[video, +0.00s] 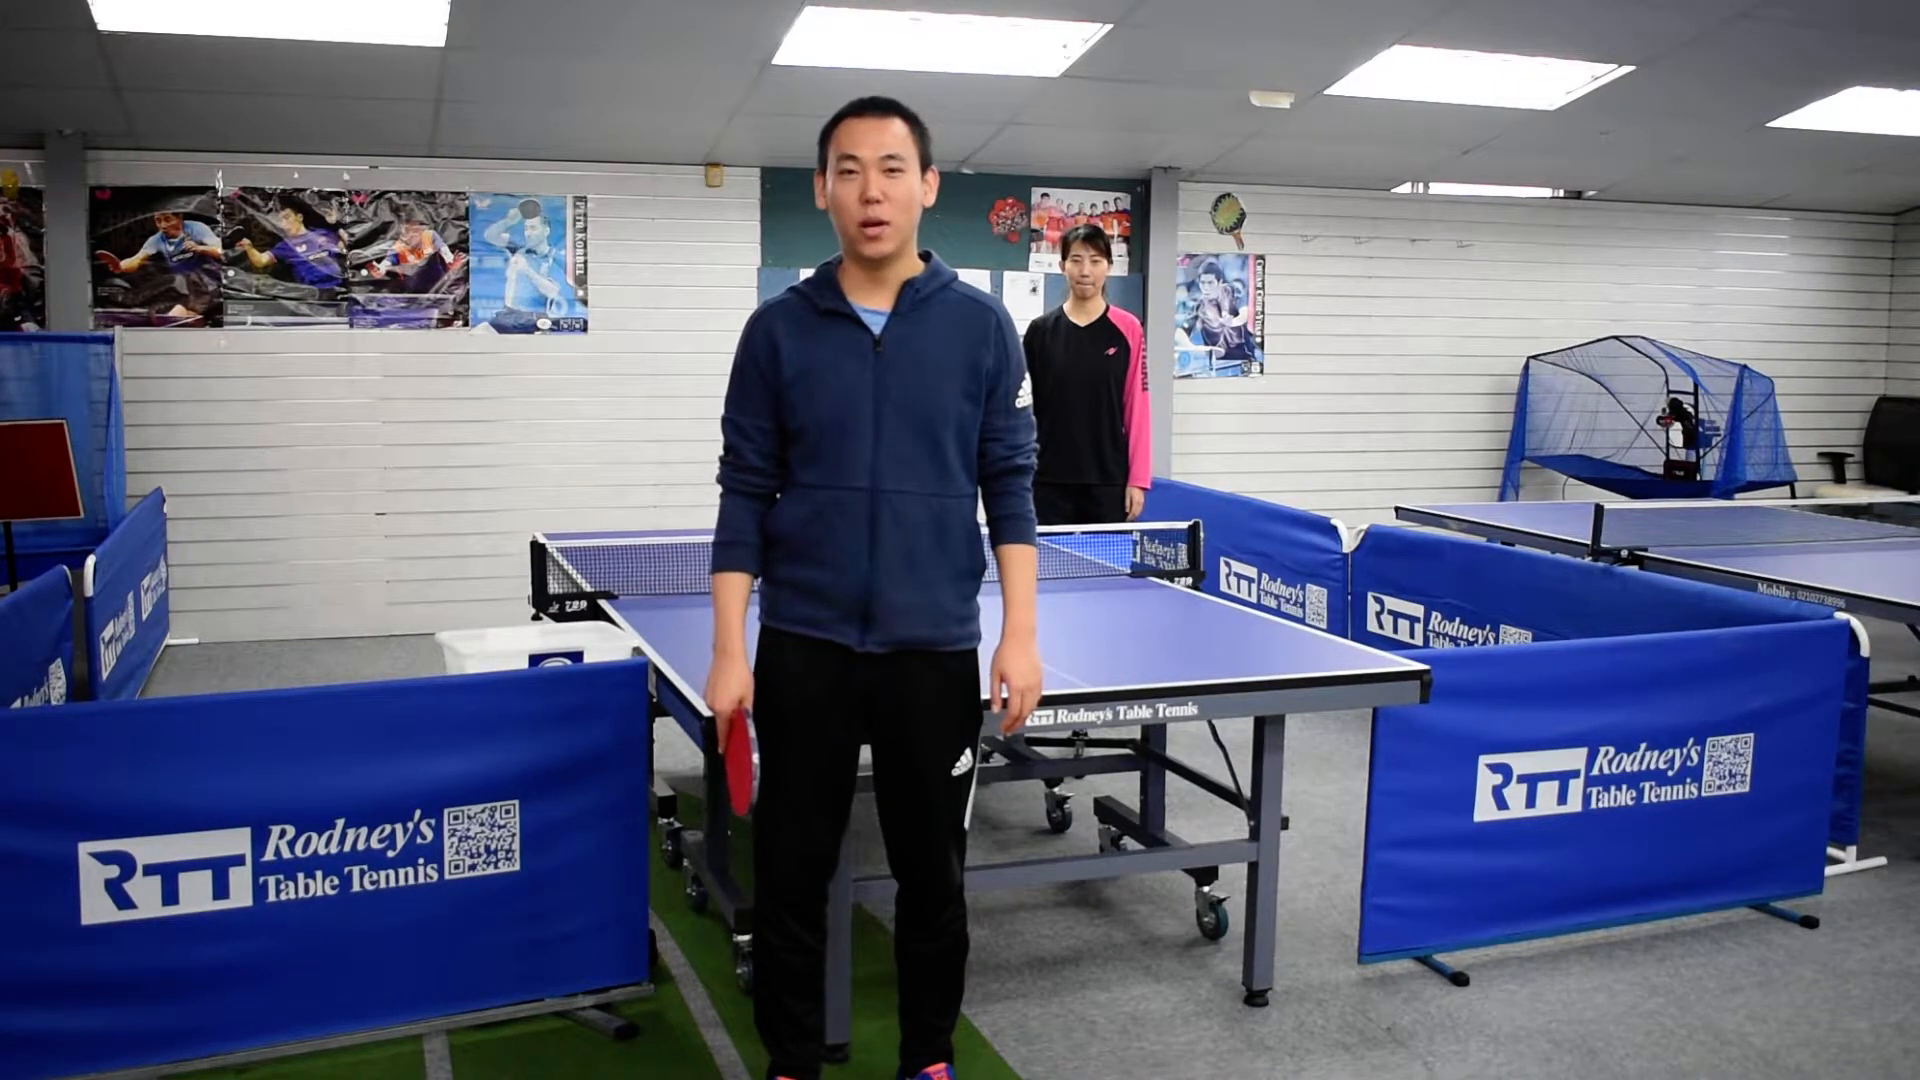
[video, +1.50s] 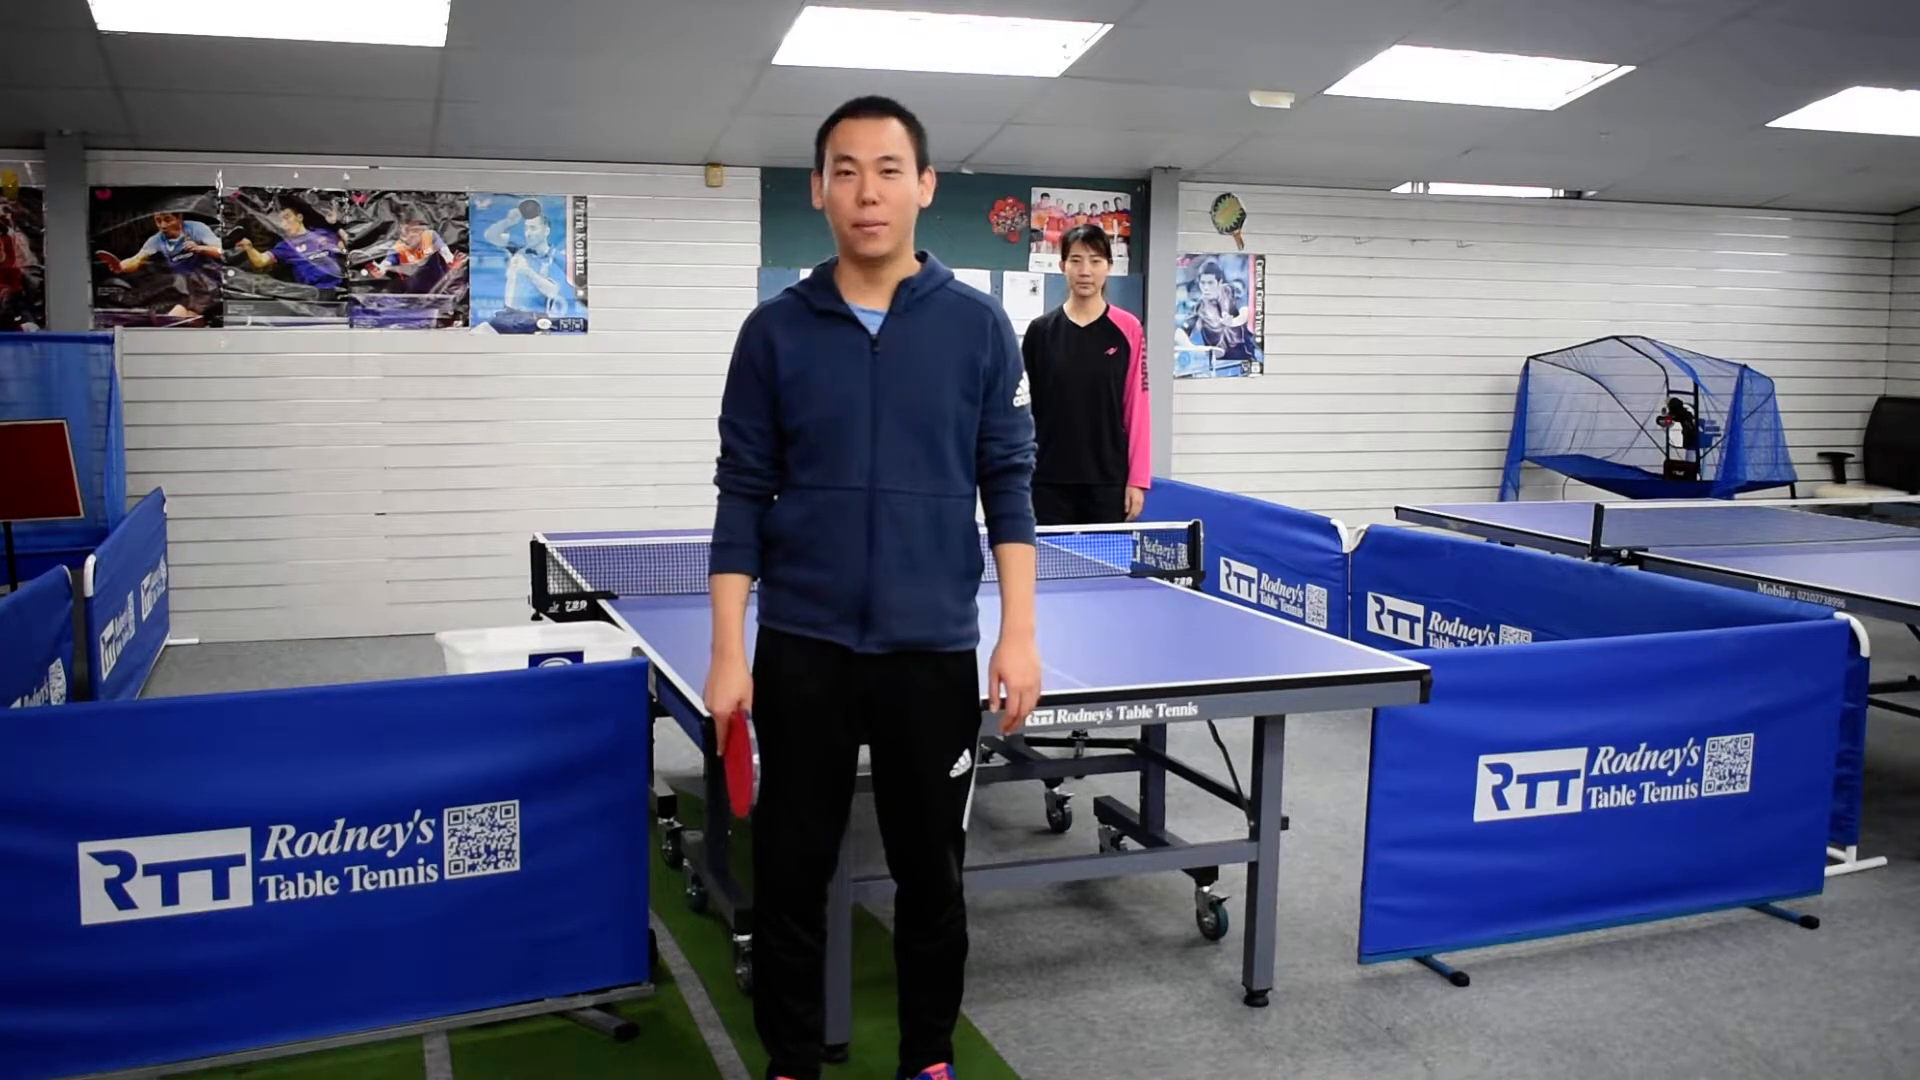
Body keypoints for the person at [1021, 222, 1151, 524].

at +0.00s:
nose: (1085, 271)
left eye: (1095, 262)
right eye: (1076, 261)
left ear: (1109, 268)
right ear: (1063, 266)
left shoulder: (1128, 329)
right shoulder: (1039, 331)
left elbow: (1137, 407)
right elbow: (1022, 405)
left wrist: (1138, 479)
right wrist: (1019, 479)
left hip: (1107, 483)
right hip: (1049, 482)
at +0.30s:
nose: (1085, 271)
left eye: (1095, 262)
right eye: (1076, 261)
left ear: (1109, 268)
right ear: (1063, 266)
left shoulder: (1128, 329)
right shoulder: (1040, 331)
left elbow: (1137, 407)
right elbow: (1022, 405)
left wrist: (1138, 479)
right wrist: (1019, 478)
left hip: (1107, 483)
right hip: (1049, 481)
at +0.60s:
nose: (1084, 271)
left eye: (1094, 261)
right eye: (1075, 261)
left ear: (1108, 268)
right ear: (1062, 266)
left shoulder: (1127, 329)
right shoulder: (1039, 331)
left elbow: (1136, 407)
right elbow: (1023, 405)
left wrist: (1138, 479)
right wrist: (1021, 477)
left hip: (1107, 483)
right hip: (1049, 481)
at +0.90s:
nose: (1084, 271)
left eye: (1094, 262)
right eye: (1075, 261)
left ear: (1108, 268)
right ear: (1062, 266)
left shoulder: (1127, 329)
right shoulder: (1039, 331)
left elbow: (1136, 407)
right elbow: (1022, 405)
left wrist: (1137, 479)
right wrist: (1020, 478)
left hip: (1107, 483)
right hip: (1049, 481)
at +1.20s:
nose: (1085, 271)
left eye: (1095, 262)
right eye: (1075, 261)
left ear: (1108, 268)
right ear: (1063, 266)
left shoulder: (1128, 329)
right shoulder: (1039, 331)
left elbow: (1136, 407)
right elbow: (1023, 405)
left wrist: (1137, 479)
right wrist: (1020, 478)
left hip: (1107, 483)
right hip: (1049, 482)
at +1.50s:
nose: (1085, 271)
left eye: (1095, 262)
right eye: (1076, 261)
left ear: (1109, 268)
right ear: (1063, 266)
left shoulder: (1128, 330)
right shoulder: (1039, 331)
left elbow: (1137, 407)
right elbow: (1022, 406)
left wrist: (1138, 478)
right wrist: (1019, 478)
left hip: (1107, 483)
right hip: (1049, 481)